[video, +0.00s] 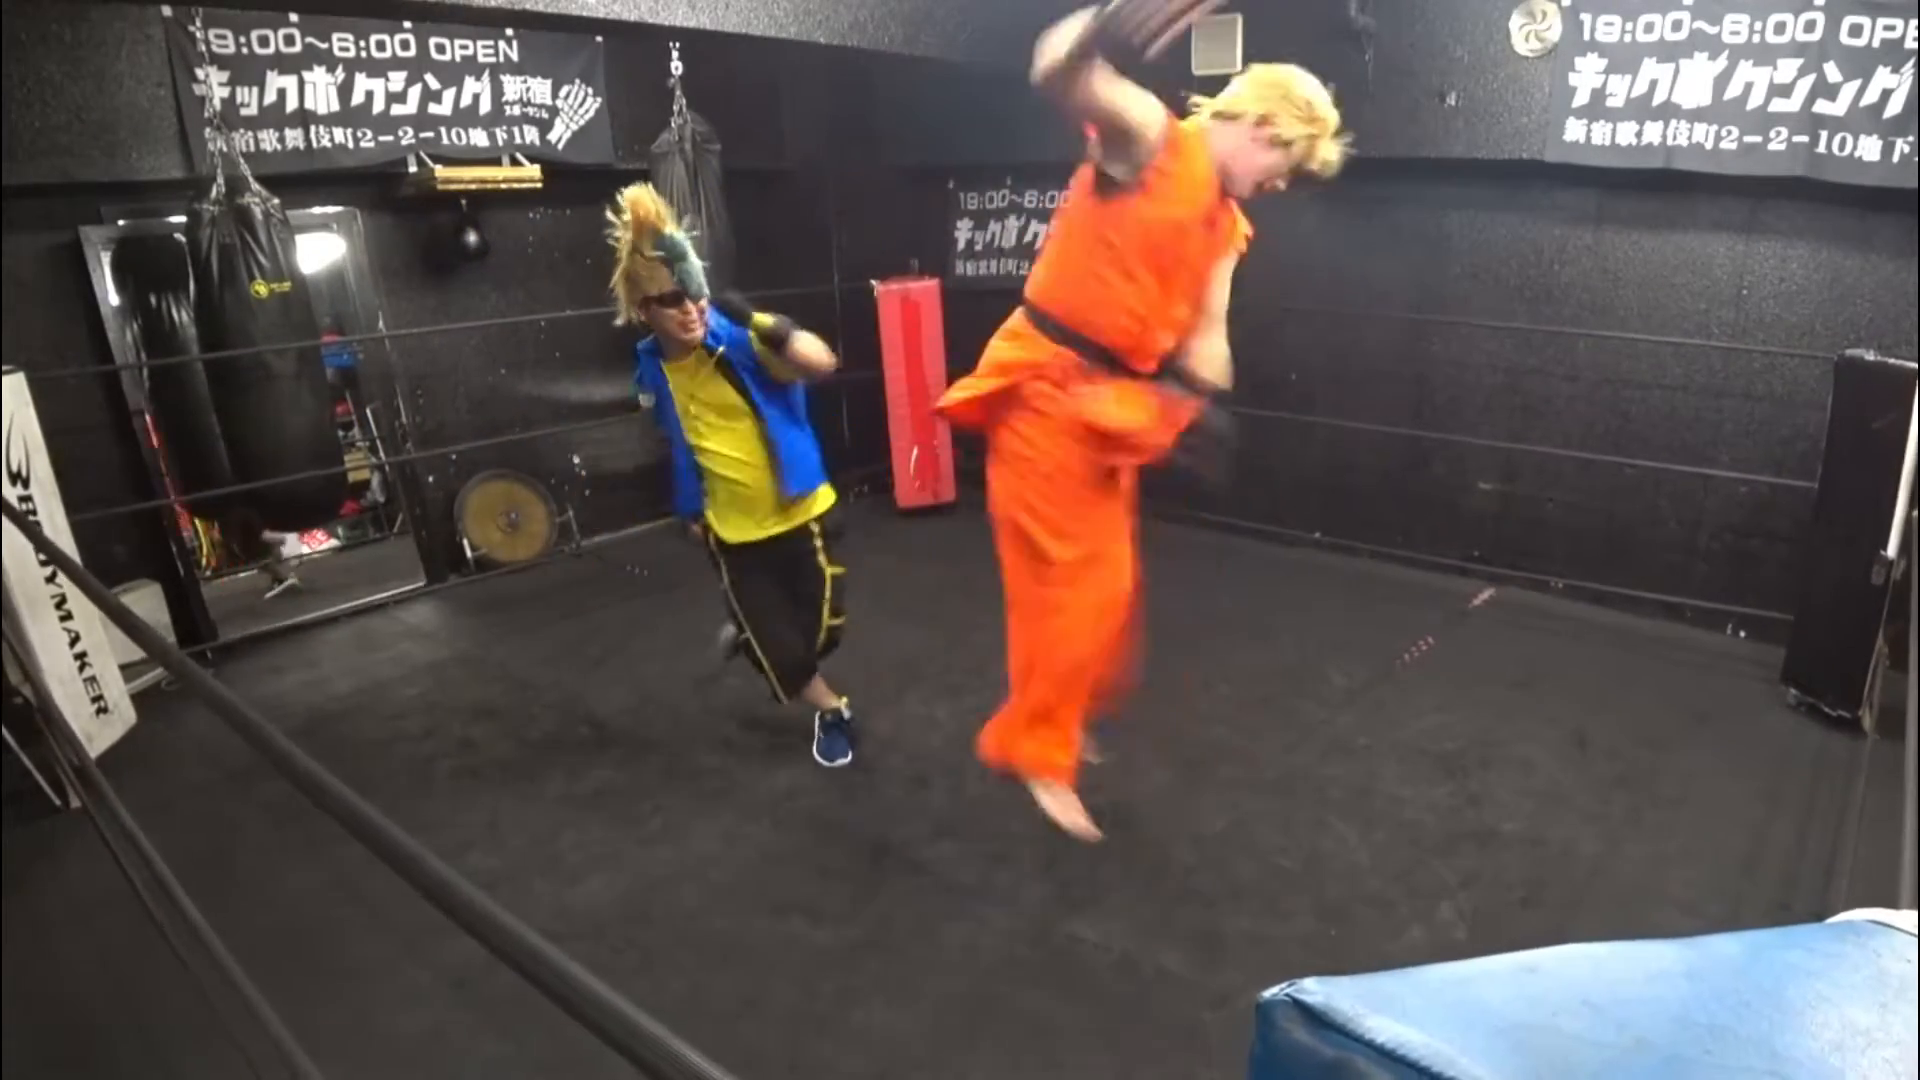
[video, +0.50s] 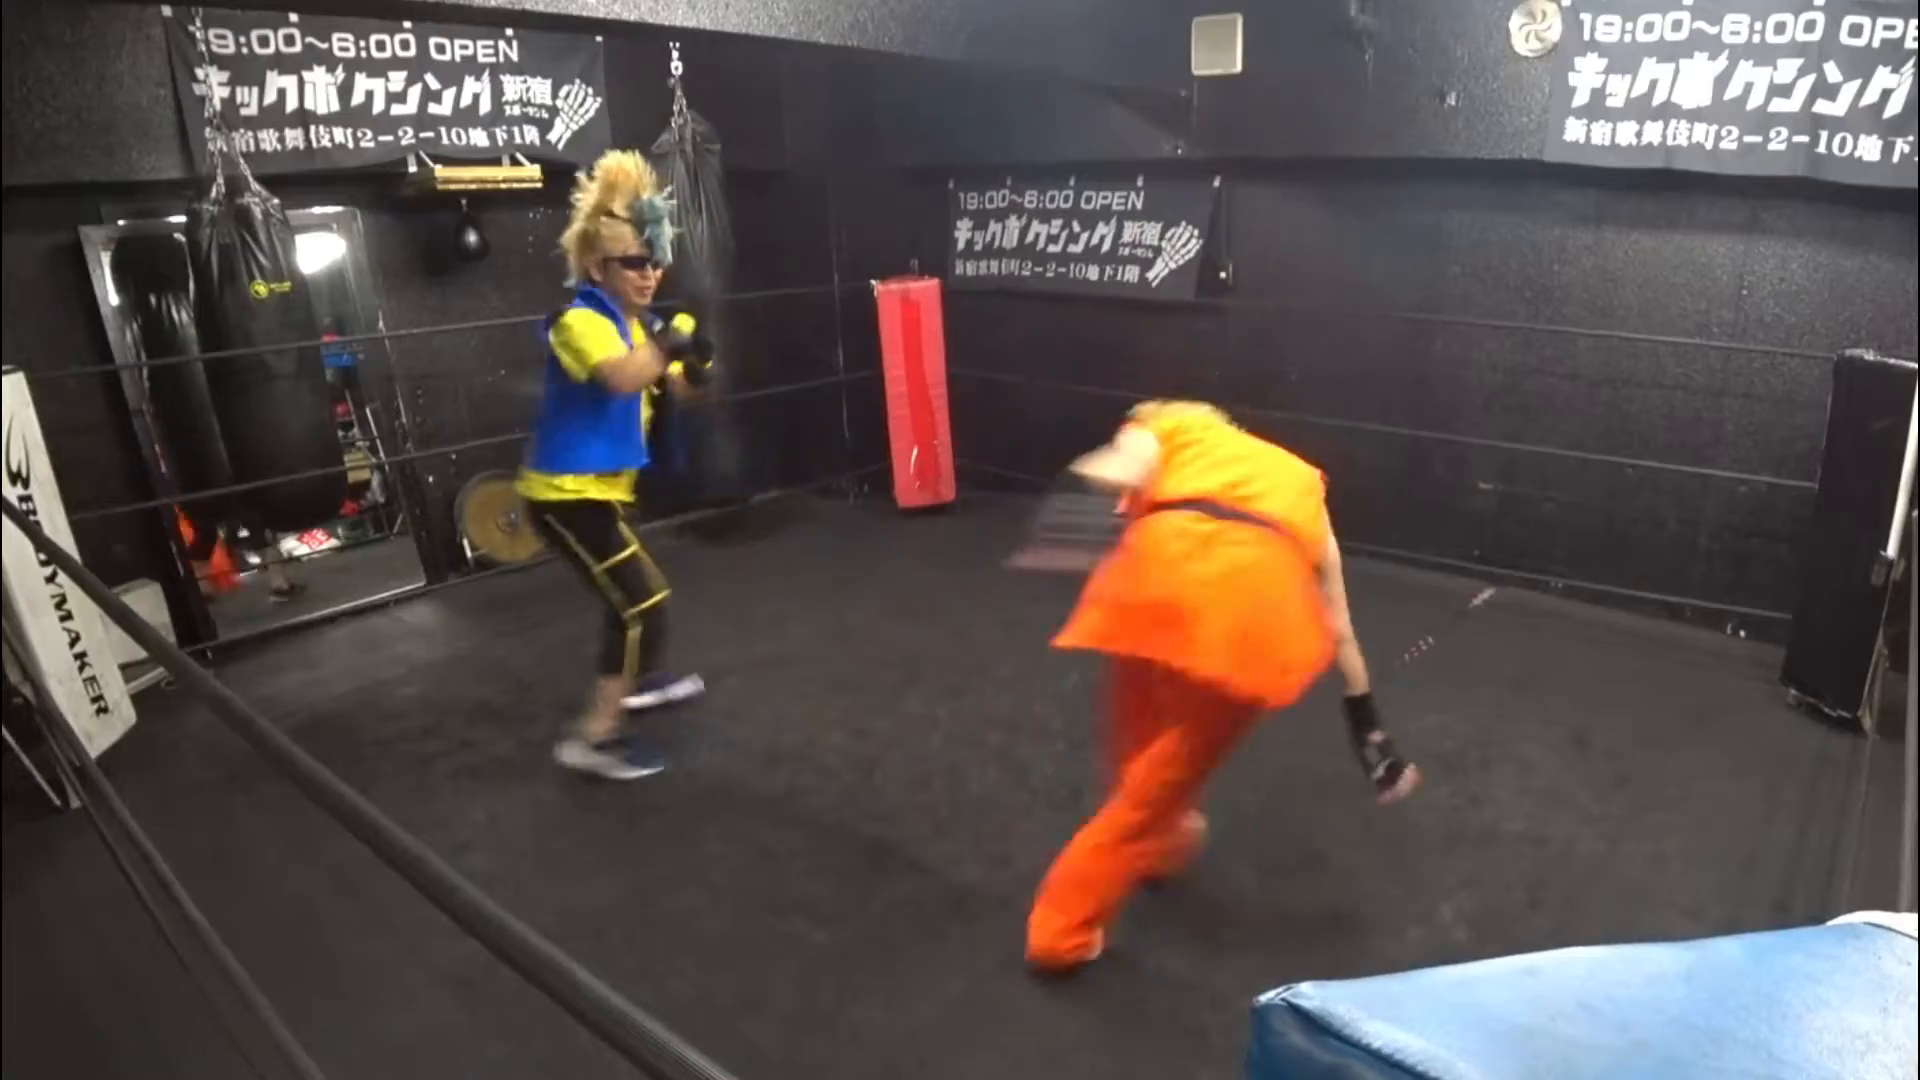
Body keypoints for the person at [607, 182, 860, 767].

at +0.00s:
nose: (689, 309)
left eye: (694, 296)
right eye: (672, 301)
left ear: (705, 294)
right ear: (643, 312)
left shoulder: (739, 335)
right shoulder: (652, 368)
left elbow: (823, 362)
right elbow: (677, 442)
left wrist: (765, 328)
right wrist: (691, 508)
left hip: (803, 513)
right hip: (734, 533)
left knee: (824, 637)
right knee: (782, 653)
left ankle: (753, 646)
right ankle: (833, 710)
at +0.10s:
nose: (671, 302)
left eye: (676, 288)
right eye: (655, 293)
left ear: (694, 291)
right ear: (639, 305)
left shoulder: (737, 331)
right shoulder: (648, 361)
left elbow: (771, 374)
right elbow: (658, 425)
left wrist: (712, 331)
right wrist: (659, 474)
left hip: (780, 514)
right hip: (715, 530)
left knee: (796, 646)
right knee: (775, 647)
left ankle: (707, 636)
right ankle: (829, 709)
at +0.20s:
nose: (643, 298)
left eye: (654, 282)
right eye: (630, 288)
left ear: (682, 280)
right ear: (621, 294)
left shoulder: (726, 332)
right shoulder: (625, 352)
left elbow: (738, 389)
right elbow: (618, 419)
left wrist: (687, 335)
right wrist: (619, 450)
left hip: (749, 508)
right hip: (685, 521)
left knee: (765, 619)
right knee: (756, 624)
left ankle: (679, 668)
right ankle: (826, 710)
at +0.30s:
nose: (665, 288)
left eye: (671, 274)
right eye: (649, 278)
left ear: (683, 275)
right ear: (617, 285)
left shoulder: (711, 333)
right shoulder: (590, 348)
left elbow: (738, 393)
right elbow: (572, 421)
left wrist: (689, 337)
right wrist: (599, 432)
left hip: (713, 501)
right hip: (649, 512)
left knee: (714, 610)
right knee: (731, 615)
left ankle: (650, 683)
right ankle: (805, 723)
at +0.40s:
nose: (657, 282)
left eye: (661, 269)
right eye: (641, 271)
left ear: (669, 272)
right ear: (608, 278)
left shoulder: (673, 328)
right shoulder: (584, 336)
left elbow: (725, 396)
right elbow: (578, 419)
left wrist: (714, 355)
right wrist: (633, 384)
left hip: (665, 495)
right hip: (608, 501)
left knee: (677, 586)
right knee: (689, 595)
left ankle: (652, 683)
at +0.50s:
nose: (648, 276)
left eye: (652, 263)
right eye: (632, 264)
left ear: (658, 264)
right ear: (596, 268)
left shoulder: (638, 324)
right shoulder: (578, 321)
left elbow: (680, 391)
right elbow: (619, 378)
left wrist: (691, 368)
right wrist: (667, 347)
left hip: (606, 489)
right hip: (566, 493)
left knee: (635, 594)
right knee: (642, 600)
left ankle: (637, 684)